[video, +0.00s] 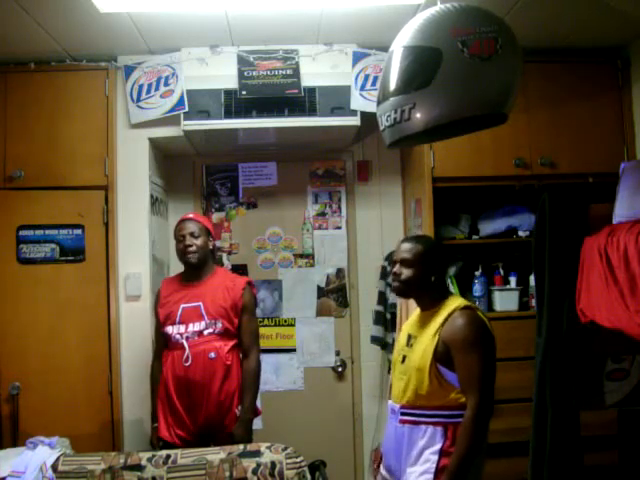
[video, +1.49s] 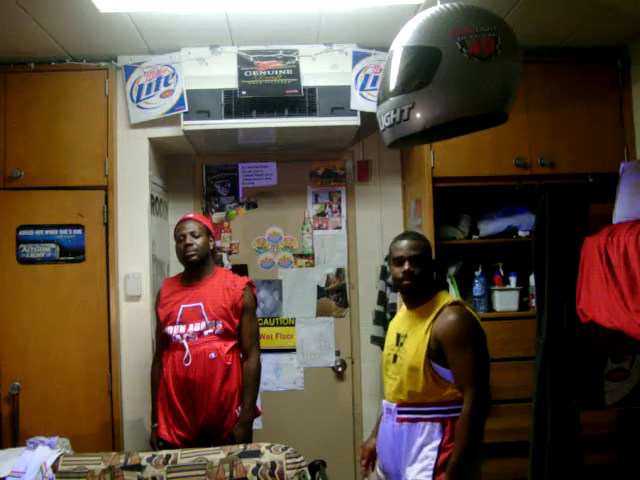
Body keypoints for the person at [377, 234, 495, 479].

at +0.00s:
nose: (395, 271)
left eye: (406, 265)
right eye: (394, 264)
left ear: (431, 271)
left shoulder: (463, 323)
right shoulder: (418, 317)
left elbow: (478, 404)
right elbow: (408, 392)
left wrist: (454, 471)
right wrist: (386, 445)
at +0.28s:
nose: (402, 267)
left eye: (413, 260)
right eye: (399, 259)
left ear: (436, 265)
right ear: (395, 262)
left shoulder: (462, 318)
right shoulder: (411, 314)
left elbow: (480, 396)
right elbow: (404, 386)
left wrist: (458, 468)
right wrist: (388, 443)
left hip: (437, 435)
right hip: (401, 431)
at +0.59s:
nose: (405, 275)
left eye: (415, 267)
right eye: (400, 267)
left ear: (436, 271)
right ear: (393, 272)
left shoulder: (461, 324)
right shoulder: (411, 318)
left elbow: (480, 403)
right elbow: (407, 394)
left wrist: (457, 470)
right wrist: (381, 445)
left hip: (436, 444)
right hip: (398, 441)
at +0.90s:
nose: (405, 266)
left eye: (415, 259)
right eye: (399, 259)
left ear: (433, 263)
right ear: (392, 265)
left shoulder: (455, 317)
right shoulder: (406, 310)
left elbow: (476, 394)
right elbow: (402, 386)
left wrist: (453, 467)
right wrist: (380, 441)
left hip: (433, 434)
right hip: (396, 431)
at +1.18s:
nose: (406, 275)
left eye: (415, 267)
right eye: (399, 268)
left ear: (432, 270)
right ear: (391, 274)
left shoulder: (457, 324)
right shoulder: (407, 316)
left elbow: (477, 404)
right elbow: (399, 393)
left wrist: (456, 471)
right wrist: (378, 449)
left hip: (433, 442)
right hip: (394, 438)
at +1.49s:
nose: (406, 269)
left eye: (415, 261)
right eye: (398, 262)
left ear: (431, 266)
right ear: (390, 269)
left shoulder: (453, 321)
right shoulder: (402, 316)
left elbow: (475, 399)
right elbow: (398, 388)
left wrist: (454, 470)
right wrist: (375, 437)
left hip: (432, 440)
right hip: (392, 437)